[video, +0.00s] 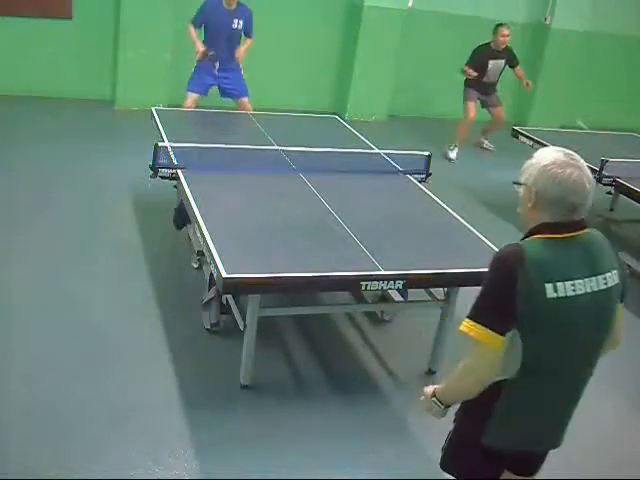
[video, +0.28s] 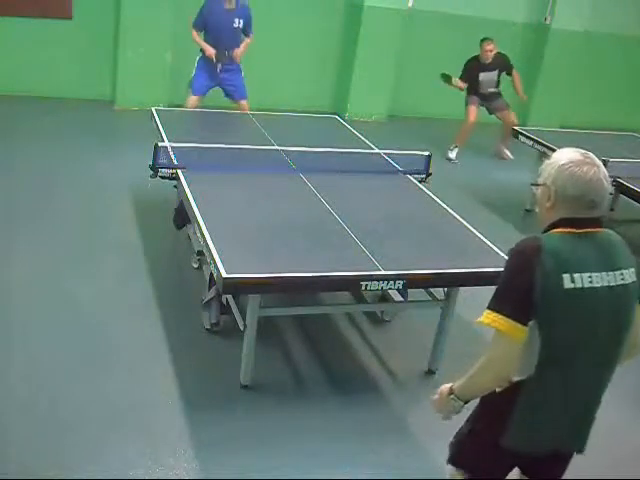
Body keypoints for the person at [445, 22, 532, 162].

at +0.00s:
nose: (505, 39)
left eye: (507, 36)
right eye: (502, 36)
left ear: (509, 37)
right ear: (494, 37)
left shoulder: (508, 52)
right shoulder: (482, 50)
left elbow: (516, 68)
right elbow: (467, 68)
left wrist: (524, 79)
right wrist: (472, 73)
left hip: (490, 88)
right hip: (473, 86)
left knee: (499, 119)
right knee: (470, 117)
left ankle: (482, 138)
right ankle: (455, 147)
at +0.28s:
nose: (488, 54)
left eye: (491, 51)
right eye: (485, 51)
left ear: (495, 50)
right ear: (480, 51)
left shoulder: (501, 59)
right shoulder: (472, 63)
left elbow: (513, 73)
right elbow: (463, 84)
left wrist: (520, 93)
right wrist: (456, 83)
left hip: (493, 95)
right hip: (475, 95)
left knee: (511, 121)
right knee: (471, 120)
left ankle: (503, 147)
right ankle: (455, 147)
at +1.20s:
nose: (540, 38)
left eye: (542, 35)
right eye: (537, 34)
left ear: (543, 37)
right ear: (529, 36)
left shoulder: (538, 52)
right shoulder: (515, 50)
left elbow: (539, 69)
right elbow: (500, 70)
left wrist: (538, 85)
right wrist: (516, 86)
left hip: (518, 88)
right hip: (500, 86)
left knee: (527, 122)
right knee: (491, 120)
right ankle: (474, 146)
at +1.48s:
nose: (547, 40)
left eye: (549, 37)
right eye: (544, 37)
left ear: (551, 39)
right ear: (537, 37)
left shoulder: (548, 54)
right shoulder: (523, 52)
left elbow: (553, 73)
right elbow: (509, 72)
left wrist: (561, 92)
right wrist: (518, 80)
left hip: (530, 93)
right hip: (513, 92)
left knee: (535, 124)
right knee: (503, 125)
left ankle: (514, 147)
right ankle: (487, 147)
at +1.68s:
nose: (550, 48)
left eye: (552, 45)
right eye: (547, 45)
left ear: (555, 46)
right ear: (540, 45)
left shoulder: (557, 60)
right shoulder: (528, 61)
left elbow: (568, 74)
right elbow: (518, 80)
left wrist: (579, 83)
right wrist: (517, 94)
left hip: (545, 100)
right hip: (525, 99)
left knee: (553, 127)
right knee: (509, 126)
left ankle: (548, 158)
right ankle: (500, 150)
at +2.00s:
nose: (581, 47)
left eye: (584, 44)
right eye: (578, 44)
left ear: (587, 45)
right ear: (573, 45)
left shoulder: (589, 61)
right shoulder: (565, 61)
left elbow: (593, 80)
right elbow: (564, 86)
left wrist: (601, 97)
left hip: (571, 104)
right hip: (553, 102)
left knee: (574, 135)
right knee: (531, 128)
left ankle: (569, 172)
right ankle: (506, 149)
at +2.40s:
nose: (579, 44)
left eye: (582, 41)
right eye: (576, 41)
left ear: (585, 44)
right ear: (570, 43)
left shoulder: (583, 60)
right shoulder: (560, 61)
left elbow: (580, 81)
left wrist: (580, 98)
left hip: (567, 104)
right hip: (548, 102)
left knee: (572, 135)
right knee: (529, 128)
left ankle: (570, 171)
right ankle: (512, 152)